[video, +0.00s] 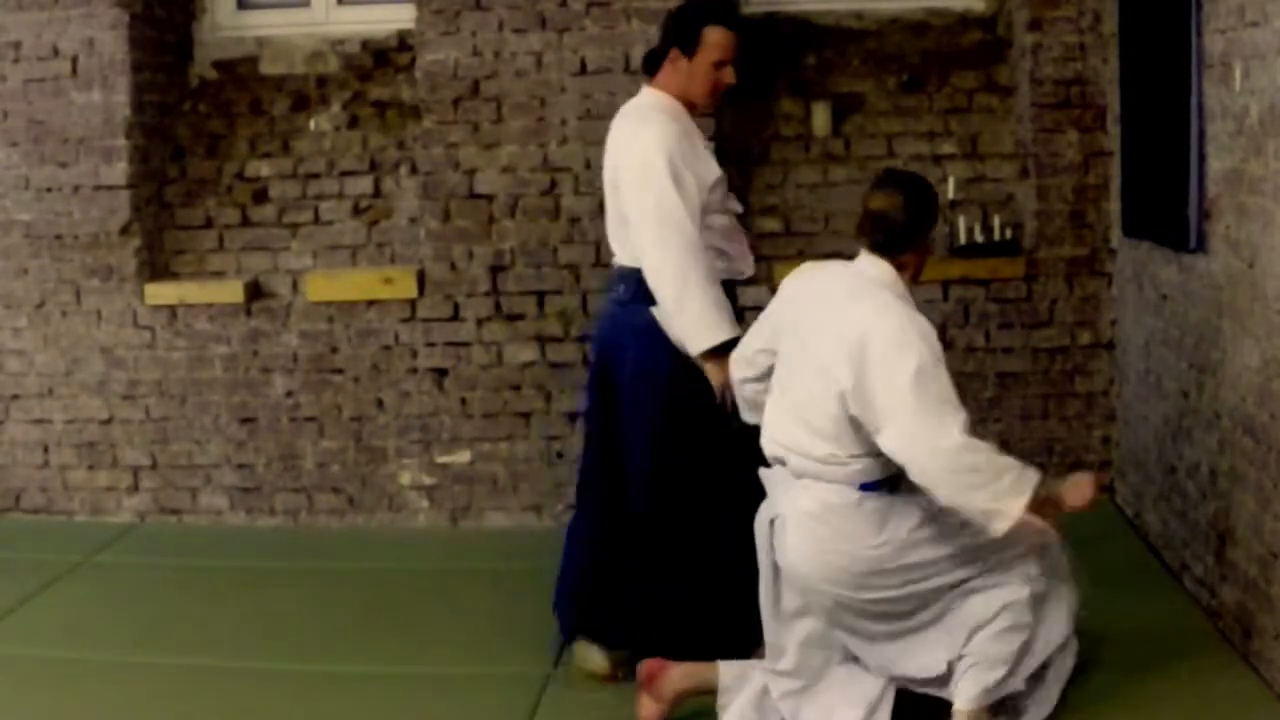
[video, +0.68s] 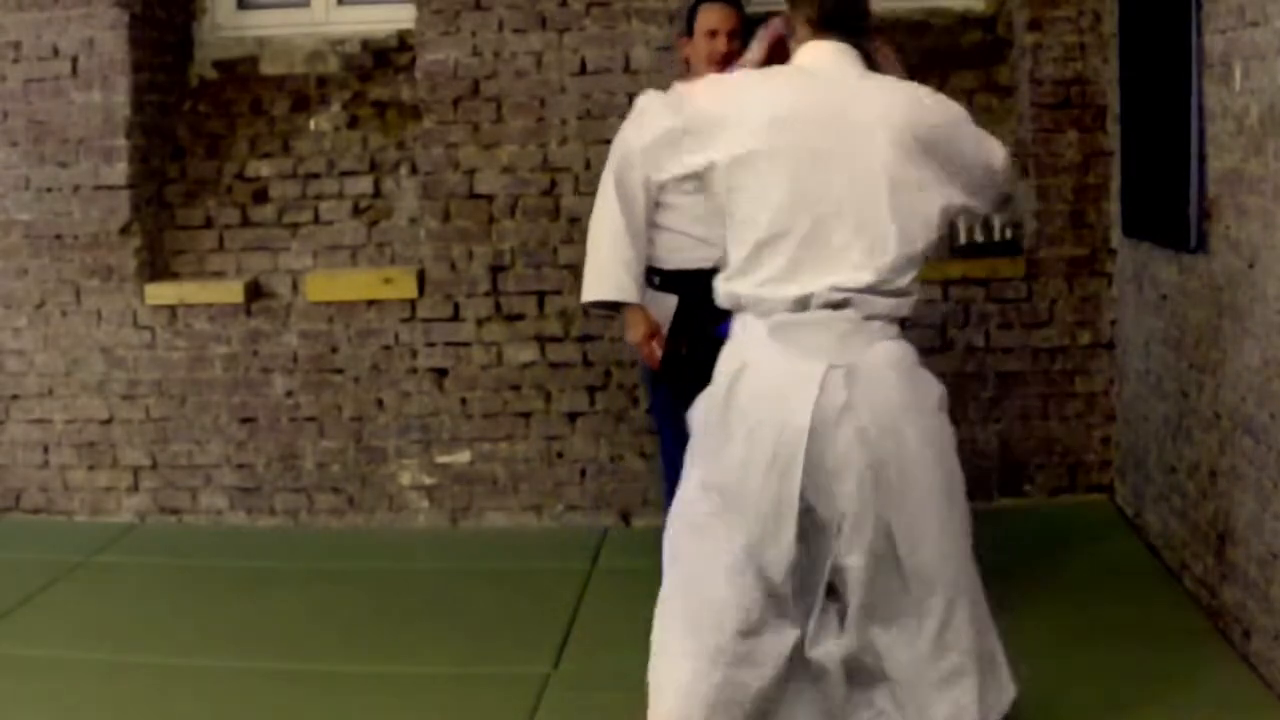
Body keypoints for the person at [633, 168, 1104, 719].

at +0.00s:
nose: (934, 248)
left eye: (927, 235)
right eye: (934, 237)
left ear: (861, 230)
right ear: (923, 248)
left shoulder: (806, 282)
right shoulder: (894, 325)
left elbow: (745, 371)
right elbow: (936, 452)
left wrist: (797, 429)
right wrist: (1046, 491)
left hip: (785, 514)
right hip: (852, 531)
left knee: (815, 677)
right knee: (1029, 554)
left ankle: (684, 680)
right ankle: (974, 706)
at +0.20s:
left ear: (885, 197)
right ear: (953, 217)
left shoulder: (817, 244)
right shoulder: (942, 298)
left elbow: (750, 337)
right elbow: (1010, 417)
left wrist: (823, 360)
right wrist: (1060, 391)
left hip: (796, 485)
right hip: (877, 499)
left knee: (839, 648)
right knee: (1043, 546)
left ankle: (682, 676)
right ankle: (980, 707)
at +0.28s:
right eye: (956, 159)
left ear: (891, 156)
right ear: (952, 169)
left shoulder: (812, 213)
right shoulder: (955, 253)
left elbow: (743, 302)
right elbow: (1026, 372)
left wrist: (810, 360)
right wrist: (1038, 315)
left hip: (798, 455)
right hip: (890, 471)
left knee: (815, 615)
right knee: (1044, 546)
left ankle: (660, 683)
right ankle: (976, 711)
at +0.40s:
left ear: (868, 83)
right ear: (937, 87)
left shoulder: (798, 155)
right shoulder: (970, 170)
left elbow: (727, 258)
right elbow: (1033, 300)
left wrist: (801, 293)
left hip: (796, 405)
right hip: (905, 416)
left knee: (765, 549)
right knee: (1022, 550)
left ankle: (648, 697)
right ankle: (973, 711)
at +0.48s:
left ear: (858, 47)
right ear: (930, 51)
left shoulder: (796, 122)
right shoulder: (969, 134)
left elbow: (708, 219)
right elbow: (1025, 257)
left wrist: (795, 226)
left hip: (799, 368)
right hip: (911, 380)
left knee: (737, 531)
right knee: (980, 553)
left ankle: (674, 693)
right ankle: (960, 699)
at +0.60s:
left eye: (821, 27)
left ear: (822, 34)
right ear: (894, 36)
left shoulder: (765, 100)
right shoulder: (948, 110)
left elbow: (665, 176)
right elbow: (1015, 209)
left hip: (782, 357)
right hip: (898, 362)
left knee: (720, 533)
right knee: (932, 558)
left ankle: (688, 700)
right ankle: (946, 701)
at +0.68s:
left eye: (779, 20)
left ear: (790, 29)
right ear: (869, 35)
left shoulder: (734, 105)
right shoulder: (917, 111)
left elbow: (642, 137)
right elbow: (997, 176)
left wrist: (737, 75)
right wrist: (903, 87)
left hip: (761, 369)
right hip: (881, 370)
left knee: (726, 597)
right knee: (911, 597)